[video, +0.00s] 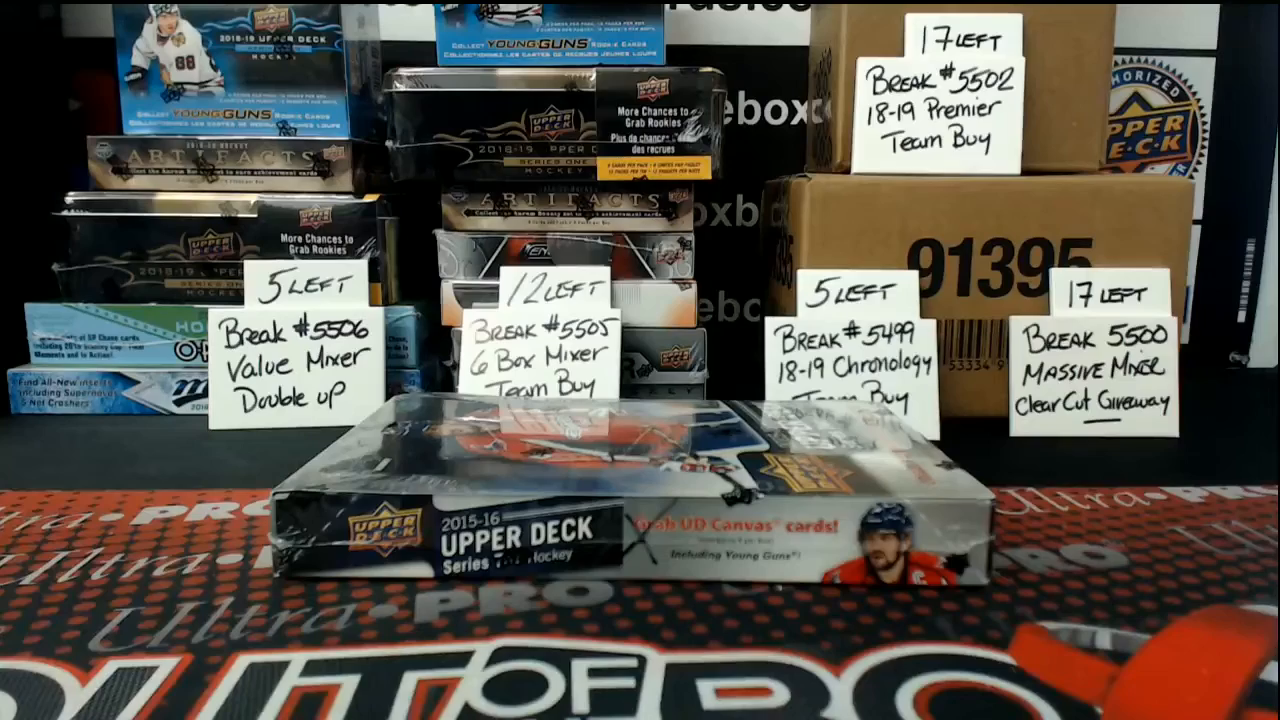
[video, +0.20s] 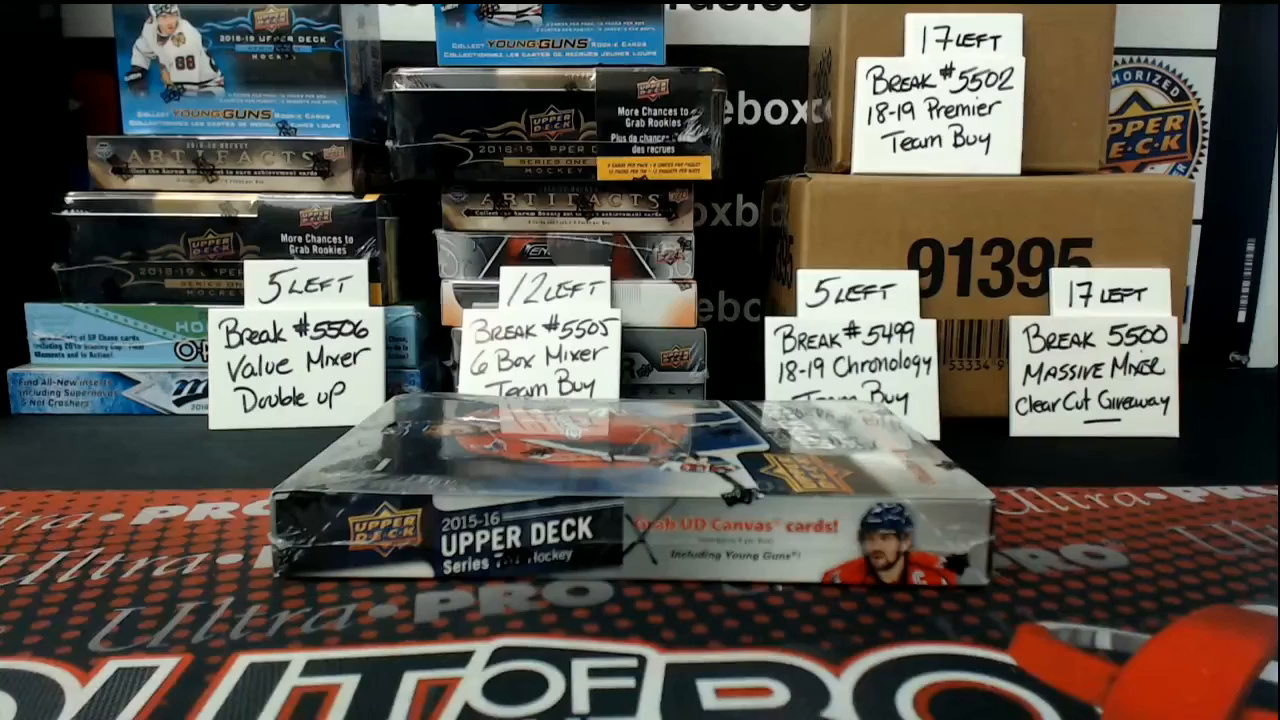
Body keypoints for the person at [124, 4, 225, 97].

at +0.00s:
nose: (170, 22)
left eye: (173, 17)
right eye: (164, 18)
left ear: (178, 17)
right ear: (156, 19)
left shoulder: (186, 35)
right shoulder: (150, 28)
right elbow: (141, 50)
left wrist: (177, 89)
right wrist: (137, 73)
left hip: (209, 84)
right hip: (181, 84)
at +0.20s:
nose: (170, 22)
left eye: (173, 17)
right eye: (164, 18)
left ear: (178, 17)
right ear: (156, 19)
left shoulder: (186, 35)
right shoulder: (150, 28)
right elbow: (141, 50)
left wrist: (177, 89)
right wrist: (137, 73)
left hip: (209, 84)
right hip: (180, 83)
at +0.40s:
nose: (170, 22)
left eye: (173, 17)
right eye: (164, 18)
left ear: (178, 17)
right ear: (156, 19)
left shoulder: (186, 35)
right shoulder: (150, 28)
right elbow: (141, 50)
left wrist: (177, 89)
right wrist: (137, 73)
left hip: (209, 84)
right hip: (181, 84)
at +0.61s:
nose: (169, 23)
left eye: (173, 17)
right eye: (164, 18)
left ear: (178, 18)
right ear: (156, 19)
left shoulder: (186, 35)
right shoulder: (150, 28)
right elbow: (141, 50)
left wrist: (178, 89)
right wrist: (137, 73)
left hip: (208, 84)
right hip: (181, 84)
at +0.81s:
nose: (169, 23)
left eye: (173, 17)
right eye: (164, 18)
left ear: (178, 18)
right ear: (156, 19)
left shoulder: (186, 35)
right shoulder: (150, 28)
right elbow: (141, 50)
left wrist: (178, 89)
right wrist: (137, 73)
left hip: (209, 84)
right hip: (181, 84)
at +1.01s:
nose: (169, 23)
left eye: (173, 17)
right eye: (164, 18)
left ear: (178, 18)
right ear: (156, 19)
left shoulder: (186, 35)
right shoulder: (150, 28)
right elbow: (141, 50)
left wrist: (178, 89)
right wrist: (137, 73)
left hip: (209, 84)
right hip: (181, 84)